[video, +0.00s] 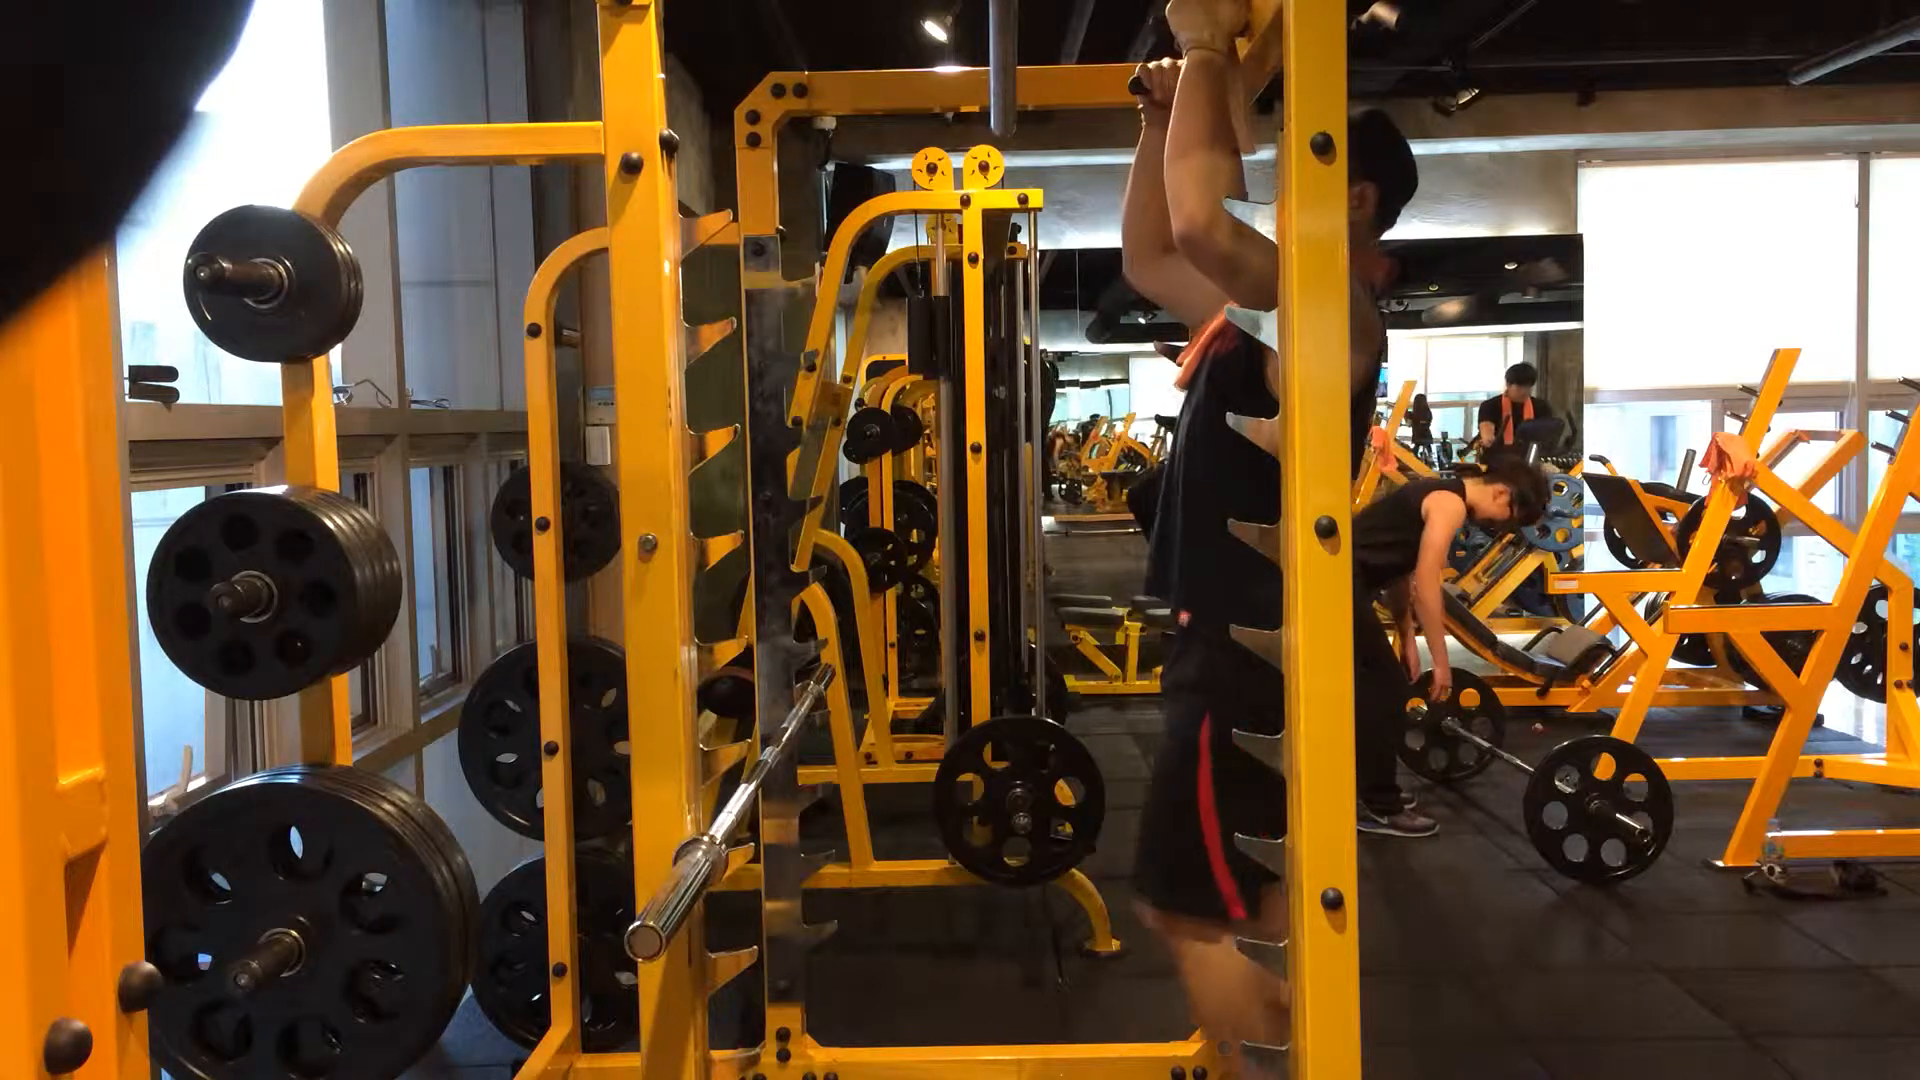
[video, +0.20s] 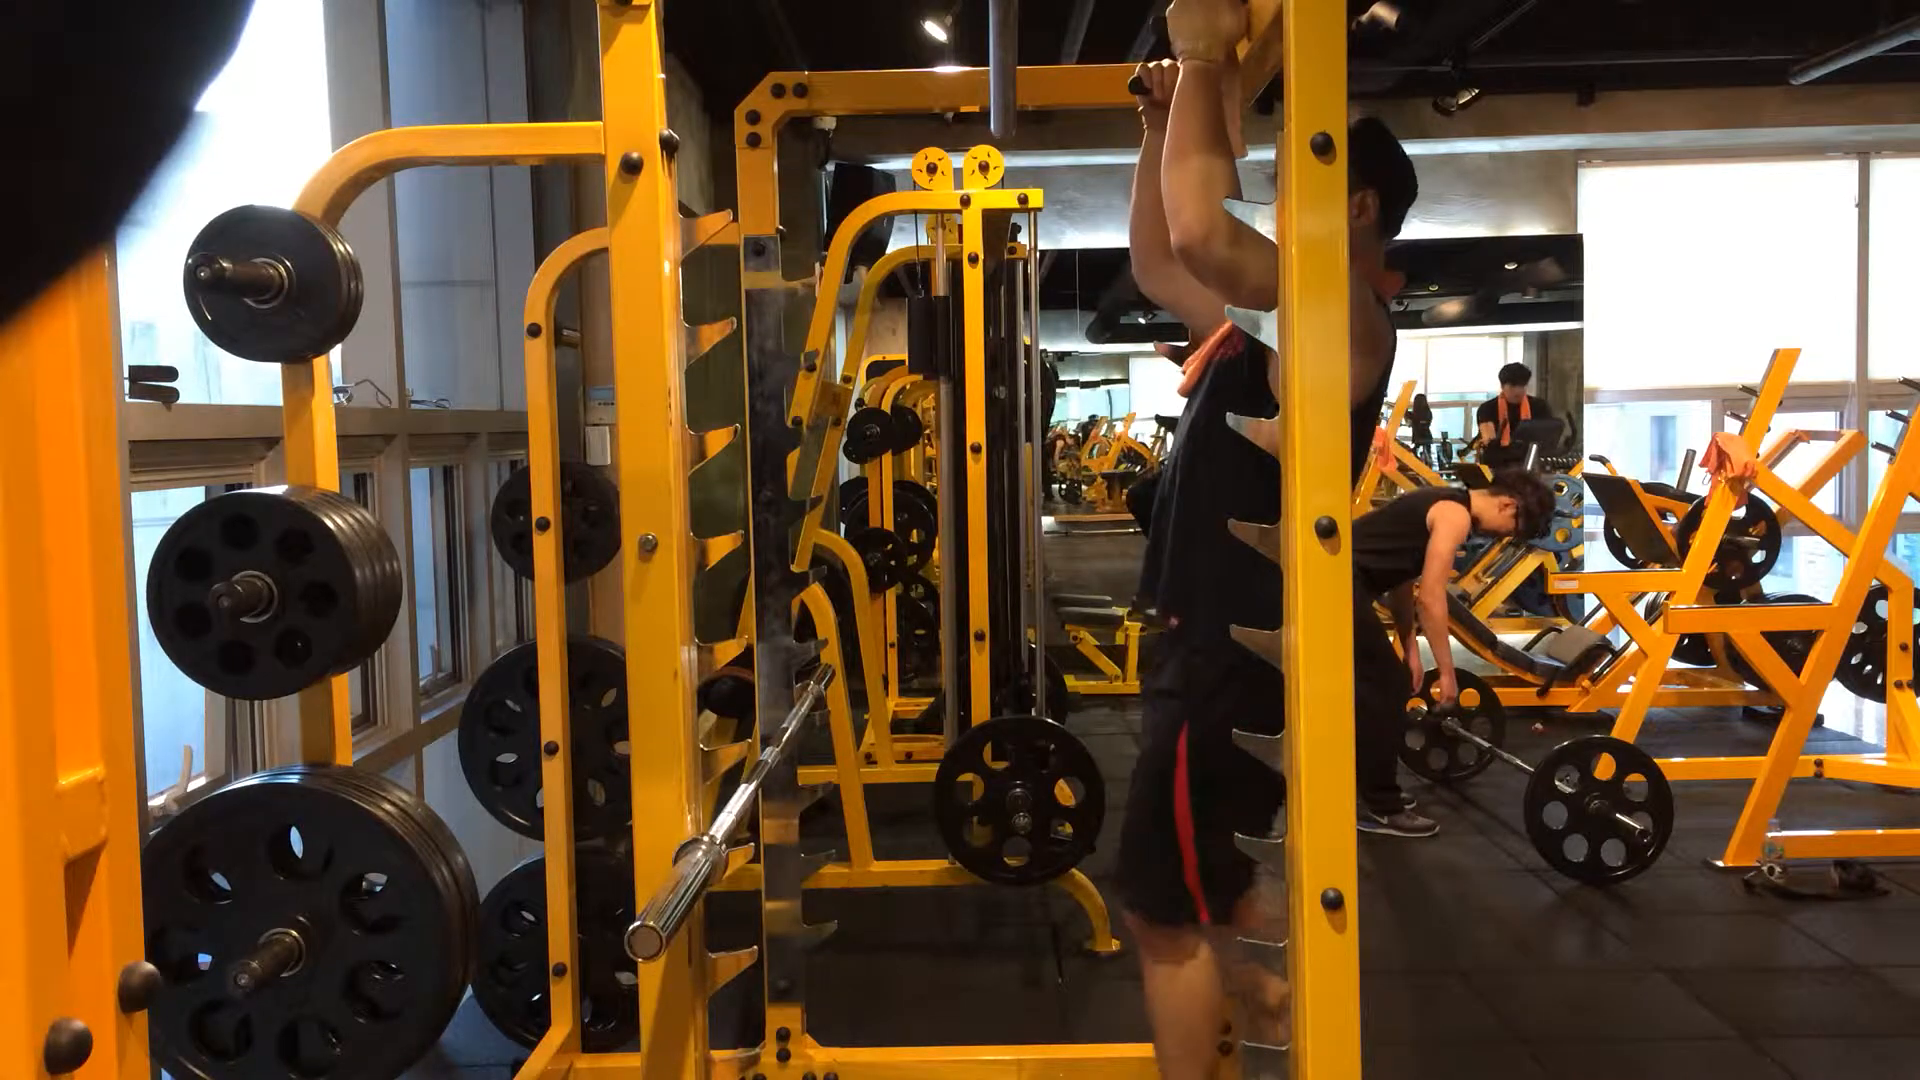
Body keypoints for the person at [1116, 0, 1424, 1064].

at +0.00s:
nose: (1291, 182)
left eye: (1314, 167)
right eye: (1299, 165)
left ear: (1362, 198)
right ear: (1332, 194)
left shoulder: (1337, 307)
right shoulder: (1271, 297)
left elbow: (1203, 224)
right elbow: (1150, 260)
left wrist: (1210, 47)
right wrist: (1155, 126)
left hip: (1253, 636)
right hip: (1219, 626)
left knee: (1187, 901)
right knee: (1258, 881)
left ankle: (1244, 1068)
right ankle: (1313, 1036)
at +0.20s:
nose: (1289, 191)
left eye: (1313, 176)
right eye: (1297, 175)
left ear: (1366, 205)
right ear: (1349, 206)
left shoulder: (1346, 314)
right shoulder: (1274, 317)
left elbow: (1202, 233)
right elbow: (1156, 264)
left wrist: (1208, 58)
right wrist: (1157, 127)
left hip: (1239, 642)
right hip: (1204, 632)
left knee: (1159, 909)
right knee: (1208, 864)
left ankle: (1198, 1073)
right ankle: (1272, 1006)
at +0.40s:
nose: (1287, 191)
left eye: (1308, 175)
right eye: (1295, 172)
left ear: (1356, 200)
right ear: (1334, 202)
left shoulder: (1348, 313)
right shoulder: (1288, 304)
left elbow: (1203, 237)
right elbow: (1168, 270)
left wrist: (1207, 68)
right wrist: (1157, 136)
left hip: (1216, 652)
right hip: (1173, 630)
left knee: (1165, 933)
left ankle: (1195, 1077)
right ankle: (1152, 940)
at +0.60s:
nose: (1290, 194)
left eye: (1315, 179)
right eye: (1294, 176)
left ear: (1365, 205)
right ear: (1307, 190)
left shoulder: (1349, 308)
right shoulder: (1297, 298)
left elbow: (1201, 234)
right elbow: (1166, 264)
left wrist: (1213, 79)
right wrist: (1157, 134)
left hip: (1206, 640)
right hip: (1153, 574)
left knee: (1163, 909)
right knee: (976, 535)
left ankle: (1183, 1075)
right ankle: (994, 770)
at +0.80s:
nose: (1292, 205)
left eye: (1316, 189)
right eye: (1298, 189)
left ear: (1369, 212)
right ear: (1324, 210)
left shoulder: (1365, 313)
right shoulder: (1290, 316)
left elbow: (1211, 237)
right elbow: (1164, 267)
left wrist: (1208, 71)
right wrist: (1159, 130)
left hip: (1198, 640)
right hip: (1146, 576)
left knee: (1147, 906)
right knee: (970, 493)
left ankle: (1175, 1079)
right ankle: (866, 708)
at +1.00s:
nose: (1299, 209)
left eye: (1324, 195)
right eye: (1305, 194)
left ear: (1376, 223)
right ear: (1352, 223)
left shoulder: (1364, 316)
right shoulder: (1288, 325)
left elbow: (1214, 240)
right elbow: (1167, 270)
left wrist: (1207, 67)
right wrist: (1160, 131)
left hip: (1193, 648)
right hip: (1137, 575)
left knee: (1135, 911)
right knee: (954, 502)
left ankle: (1177, 1078)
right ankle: (856, 717)